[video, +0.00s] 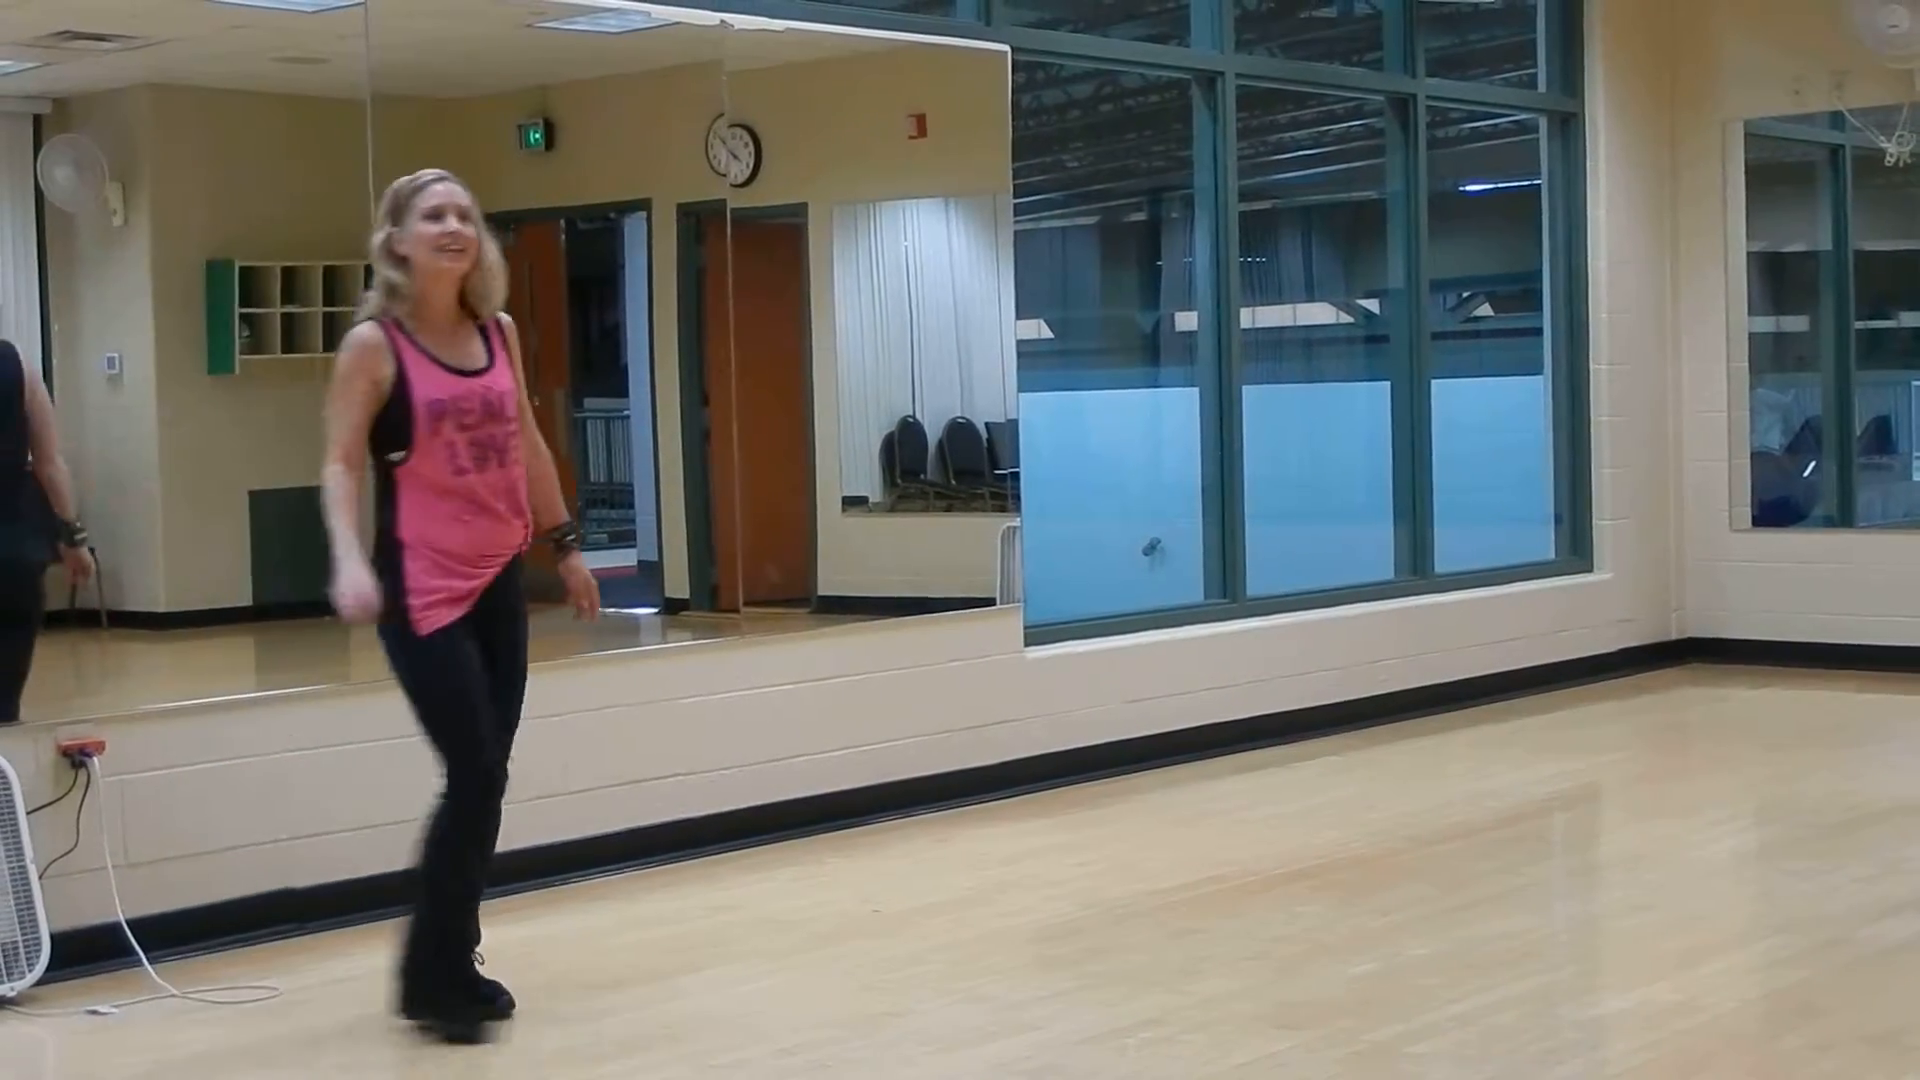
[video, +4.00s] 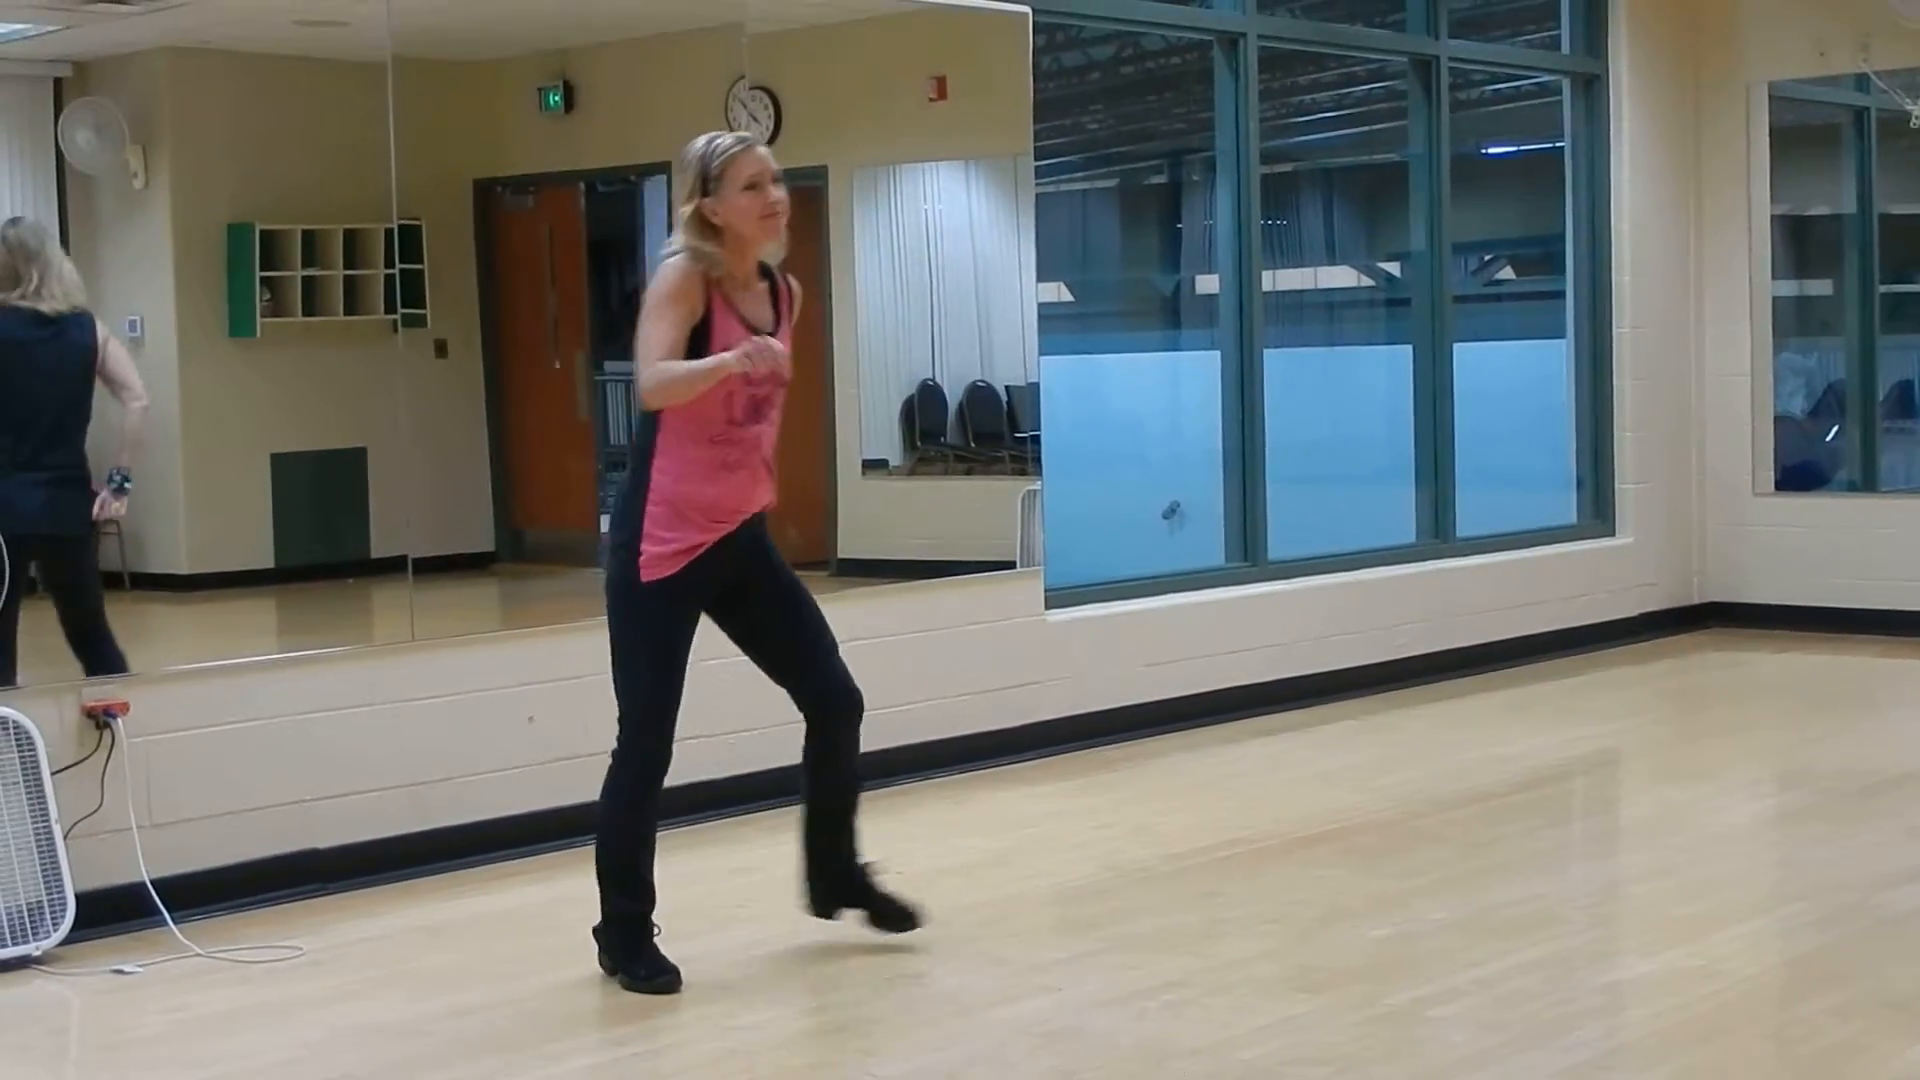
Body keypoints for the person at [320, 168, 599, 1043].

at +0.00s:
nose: (452, 228)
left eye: (462, 216)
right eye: (432, 216)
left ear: (478, 239)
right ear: (395, 240)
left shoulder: (497, 332)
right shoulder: (373, 344)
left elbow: (527, 439)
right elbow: (342, 462)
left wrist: (565, 545)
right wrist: (351, 561)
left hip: (498, 580)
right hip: (422, 589)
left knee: (486, 772)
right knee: (476, 770)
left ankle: (449, 962)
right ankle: (430, 977)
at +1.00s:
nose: (772, 208)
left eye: (768, 198)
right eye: (754, 200)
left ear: (756, 226)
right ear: (713, 228)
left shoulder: (780, 306)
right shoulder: (702, 328)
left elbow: (800, 426)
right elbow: (711, 448)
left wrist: (837, 516)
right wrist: (793, 525)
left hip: (802, 546)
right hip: (745, 552)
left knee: (858, 710)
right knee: (707, 734)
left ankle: (865, 887)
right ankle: (628, 912)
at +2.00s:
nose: (909, 116)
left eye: (915, 103)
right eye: (896, 102)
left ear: (911, 109)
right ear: (848, 104)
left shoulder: (922, 179)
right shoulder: (797, 198)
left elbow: (957, 280)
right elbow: (761, 296)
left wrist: (1006, 368)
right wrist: (771, 359)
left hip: (903, 417)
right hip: (823, 422)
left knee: (905, 599)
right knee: (828, 595)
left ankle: (898, 764)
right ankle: (785, 781)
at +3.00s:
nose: (787, 151)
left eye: (792, 137)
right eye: (772, 137)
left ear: (786, 145)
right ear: (720, 140)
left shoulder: (795, 225)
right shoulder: (657, 239)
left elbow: (844, 330)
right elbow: (619, 357)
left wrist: (909, 271)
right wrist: (613, 470)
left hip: (793, 472)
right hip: (705, 484)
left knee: (787, 671)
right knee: (713, 674)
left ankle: (778, 842)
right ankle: (685, 857)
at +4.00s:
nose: (776, 195)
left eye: (777, 181)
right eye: (754, 186)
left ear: (781, 198)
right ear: (708, 207)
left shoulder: (781, 291)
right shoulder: (681, 278)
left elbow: (748, 404)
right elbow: (649, 386)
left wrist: (748, 498)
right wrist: (723, 364)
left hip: (735, 535)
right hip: (655, 547)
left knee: (835, 702)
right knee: (644, 747)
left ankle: (833, 876)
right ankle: (624, 936)